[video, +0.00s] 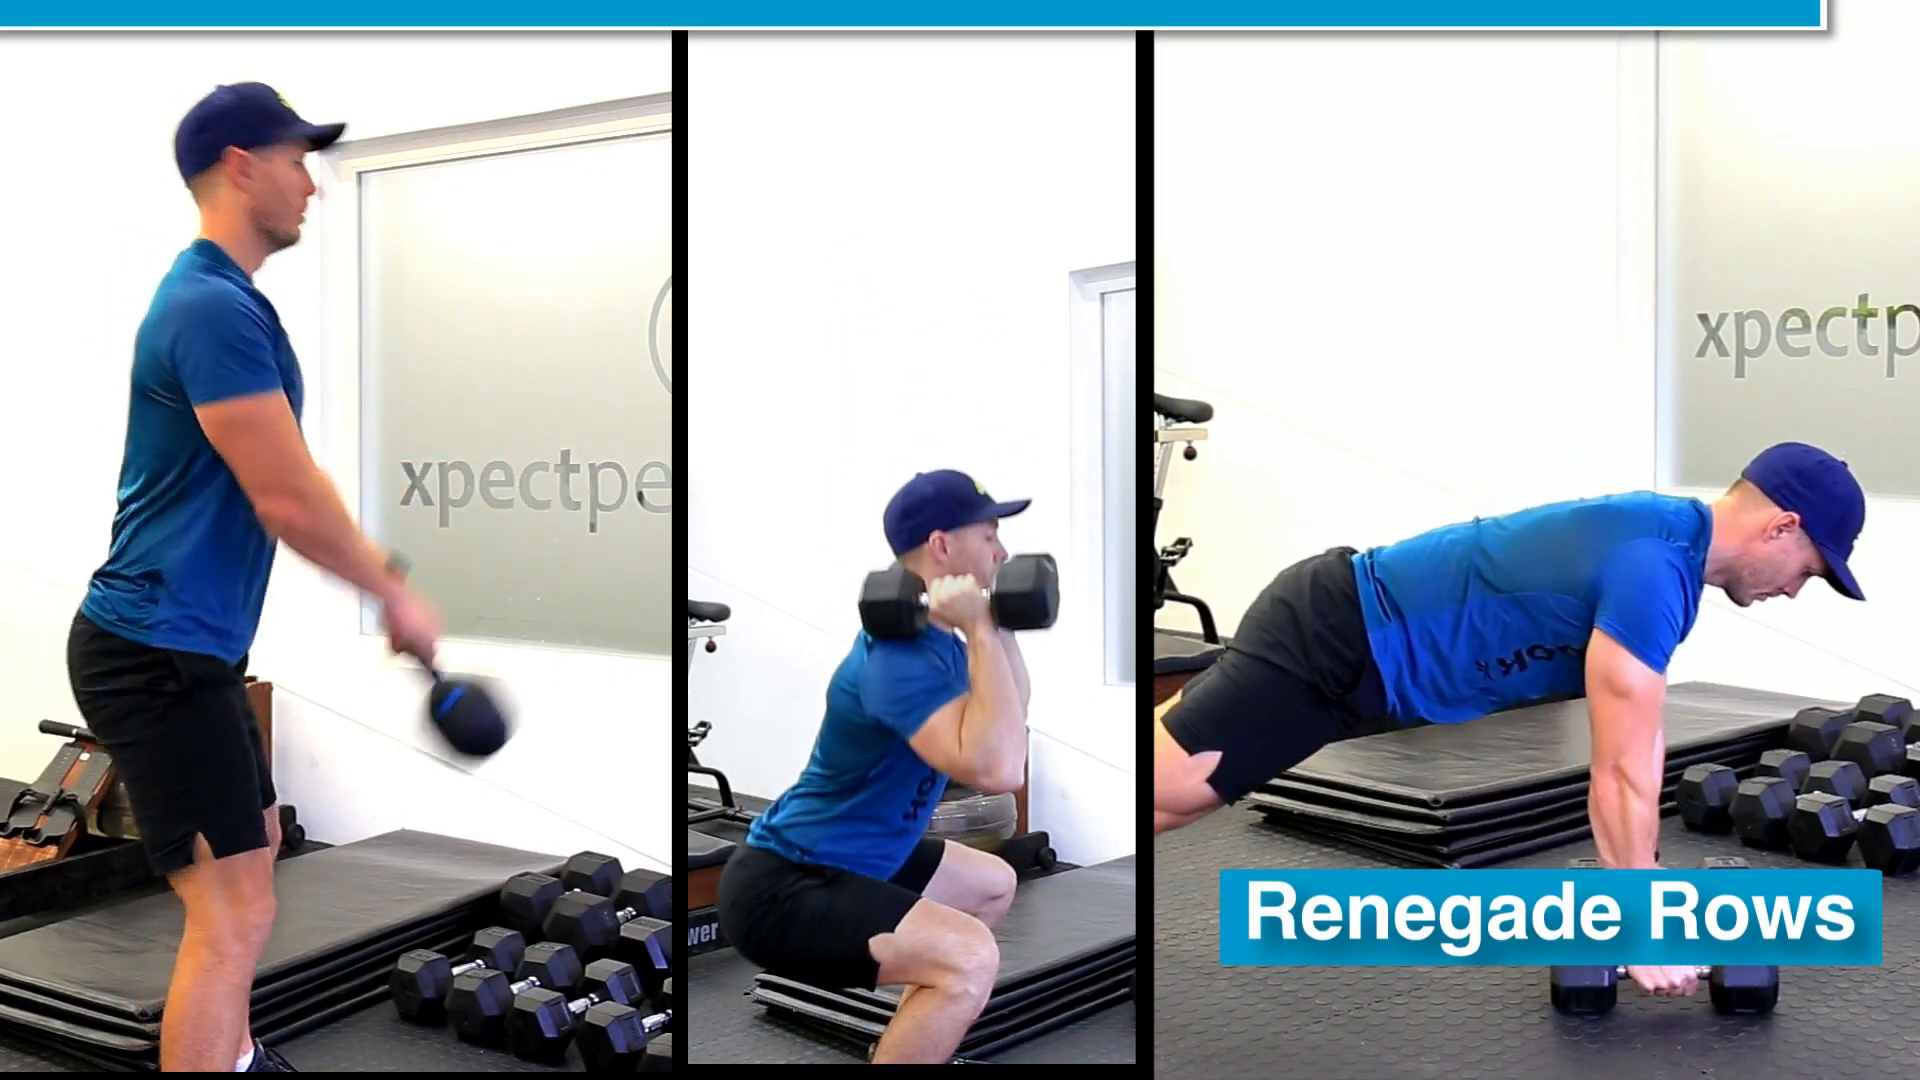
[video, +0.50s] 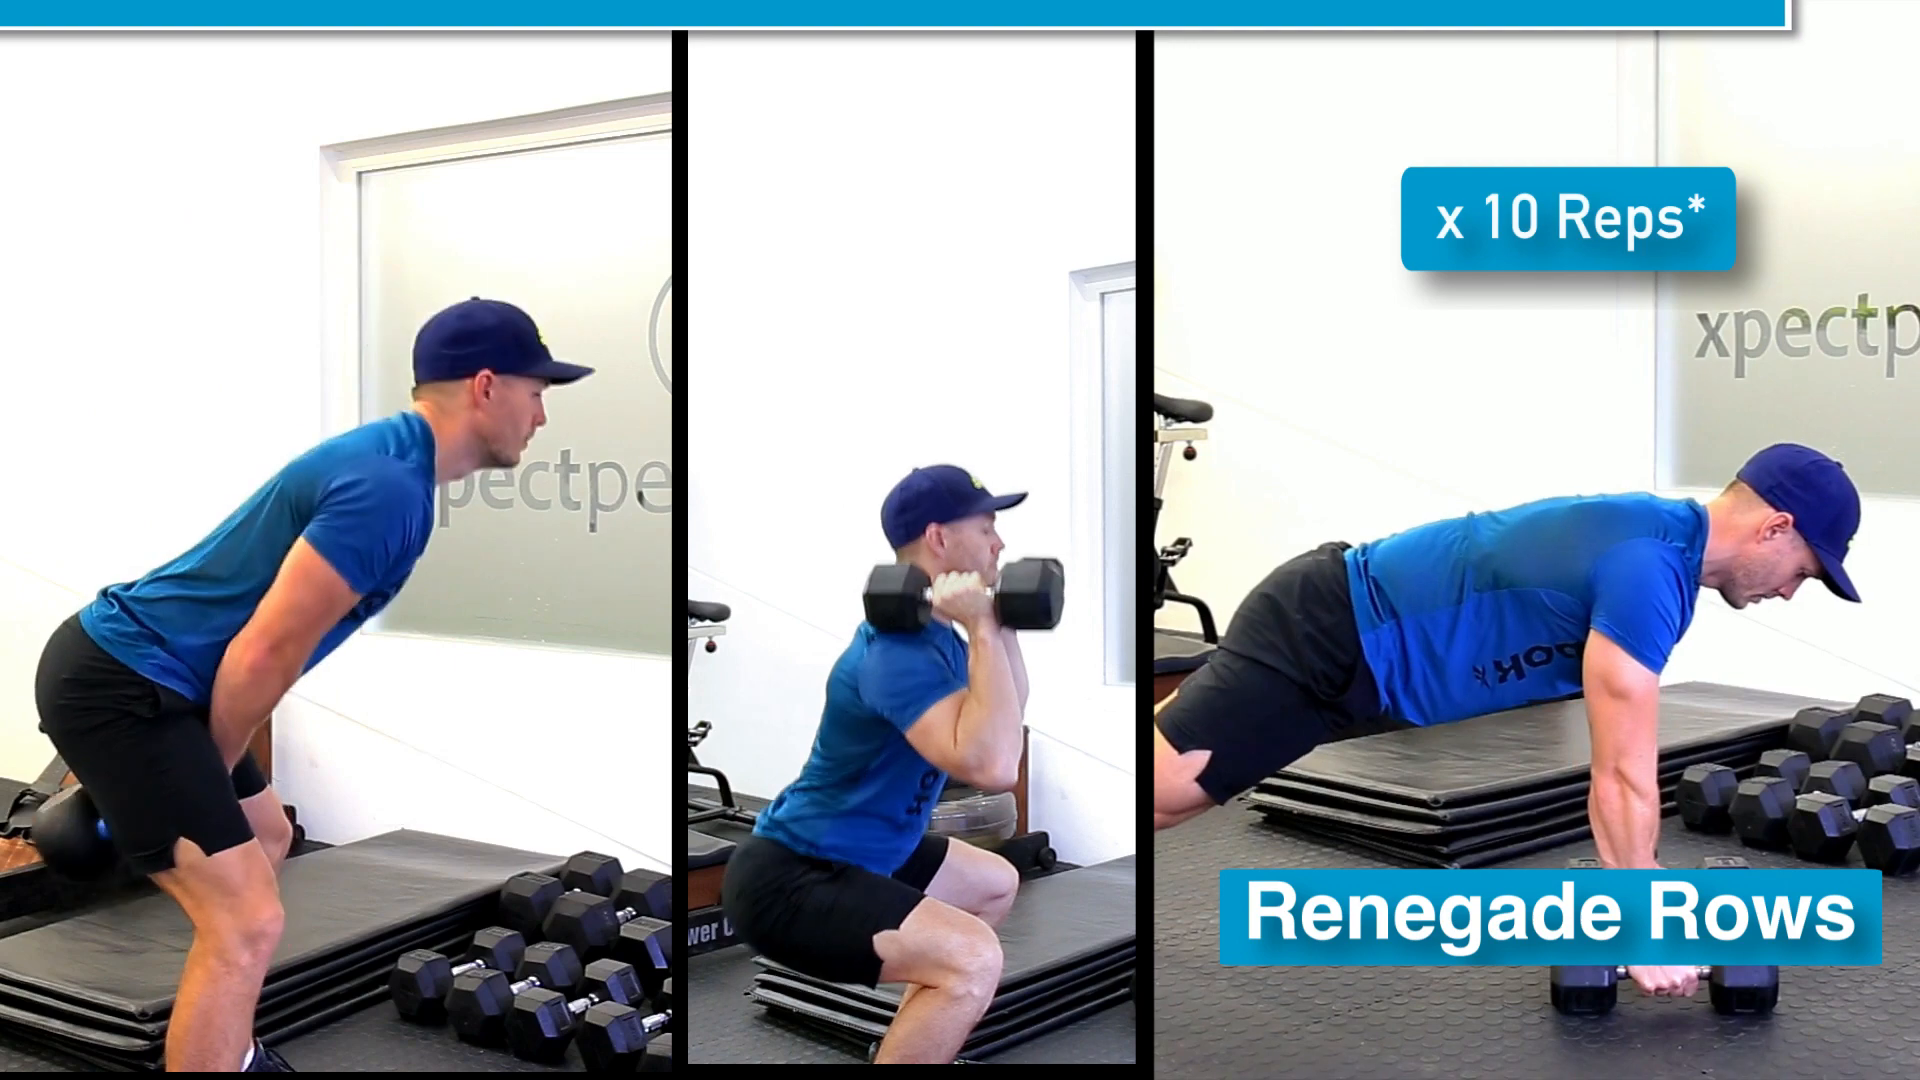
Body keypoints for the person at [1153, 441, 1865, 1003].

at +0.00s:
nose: (1797, 591)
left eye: (1811, 580)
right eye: (1810, 571)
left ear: (1770, 523)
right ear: (1779, 527)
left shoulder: (1668, 566)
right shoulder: (1652, 562)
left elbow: (1634, 764)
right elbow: (1620, 775)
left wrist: (1647, 924)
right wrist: (1640, 937)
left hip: (1355, 648)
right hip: (1339, 627)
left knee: (1167, 784)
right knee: (1155, 788)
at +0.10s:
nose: (1799, 589)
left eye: (1812, 578)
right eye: (1811, 569)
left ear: (1770, 521)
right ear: (1779, 526)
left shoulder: (1669, 563)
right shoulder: (1653, 562)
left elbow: (1634, 765)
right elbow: (1622, 775)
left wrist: (1647, 926)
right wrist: (1641, 939)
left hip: (1354, 649)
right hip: (1339, 631)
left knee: (1161, 786)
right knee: (1151, 794)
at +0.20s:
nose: (1799, 588)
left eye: (1812, 577)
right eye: (1811, 568)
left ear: (1770, 522)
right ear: (1778, 524)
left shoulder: (1670, 566)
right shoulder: (1654, 559)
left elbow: (1635, 767)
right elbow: (1623, 775)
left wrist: (1646, 930)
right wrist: (1641, 940)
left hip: (1356, 654)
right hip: (1340, 631)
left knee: (1161, 789)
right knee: (1152, 795)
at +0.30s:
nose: (1799, 588)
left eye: (1812, 577)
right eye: (1810, 568)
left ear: (1769, 523)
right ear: (1777, 526)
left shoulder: (1669, 565)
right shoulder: (1653, 560)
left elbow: (1634, 769)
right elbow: (1624, 775)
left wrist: (1645, 932)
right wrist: (1641, 941)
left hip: (1356, 655)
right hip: (1339, 632)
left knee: (1160, 789)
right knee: (1150, 795)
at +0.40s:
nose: (1797, 590)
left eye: (1810, 578)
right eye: (1808, 569)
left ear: (1767, 521)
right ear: (1775, 525)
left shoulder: (1667, 563)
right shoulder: (1652, 562)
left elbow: (1631, 769)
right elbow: (1623, 775)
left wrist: (1645, 930)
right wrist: (1642, 940)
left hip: (1357, 653)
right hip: (1339, 629)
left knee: (1164, 781)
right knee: (1153, 792)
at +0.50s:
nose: (1794, 591)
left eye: (1808, 580)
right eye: (1806, 570)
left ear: (1765, 525)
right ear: (1772, 528)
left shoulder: (1662, 564)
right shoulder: (1647, 563)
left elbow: (1628, 770)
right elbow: (1620, 776)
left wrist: (1645, 932)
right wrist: (1642, 940)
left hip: (1349, 654)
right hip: (1332, 626)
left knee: (1158, 779)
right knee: (1147, 786)